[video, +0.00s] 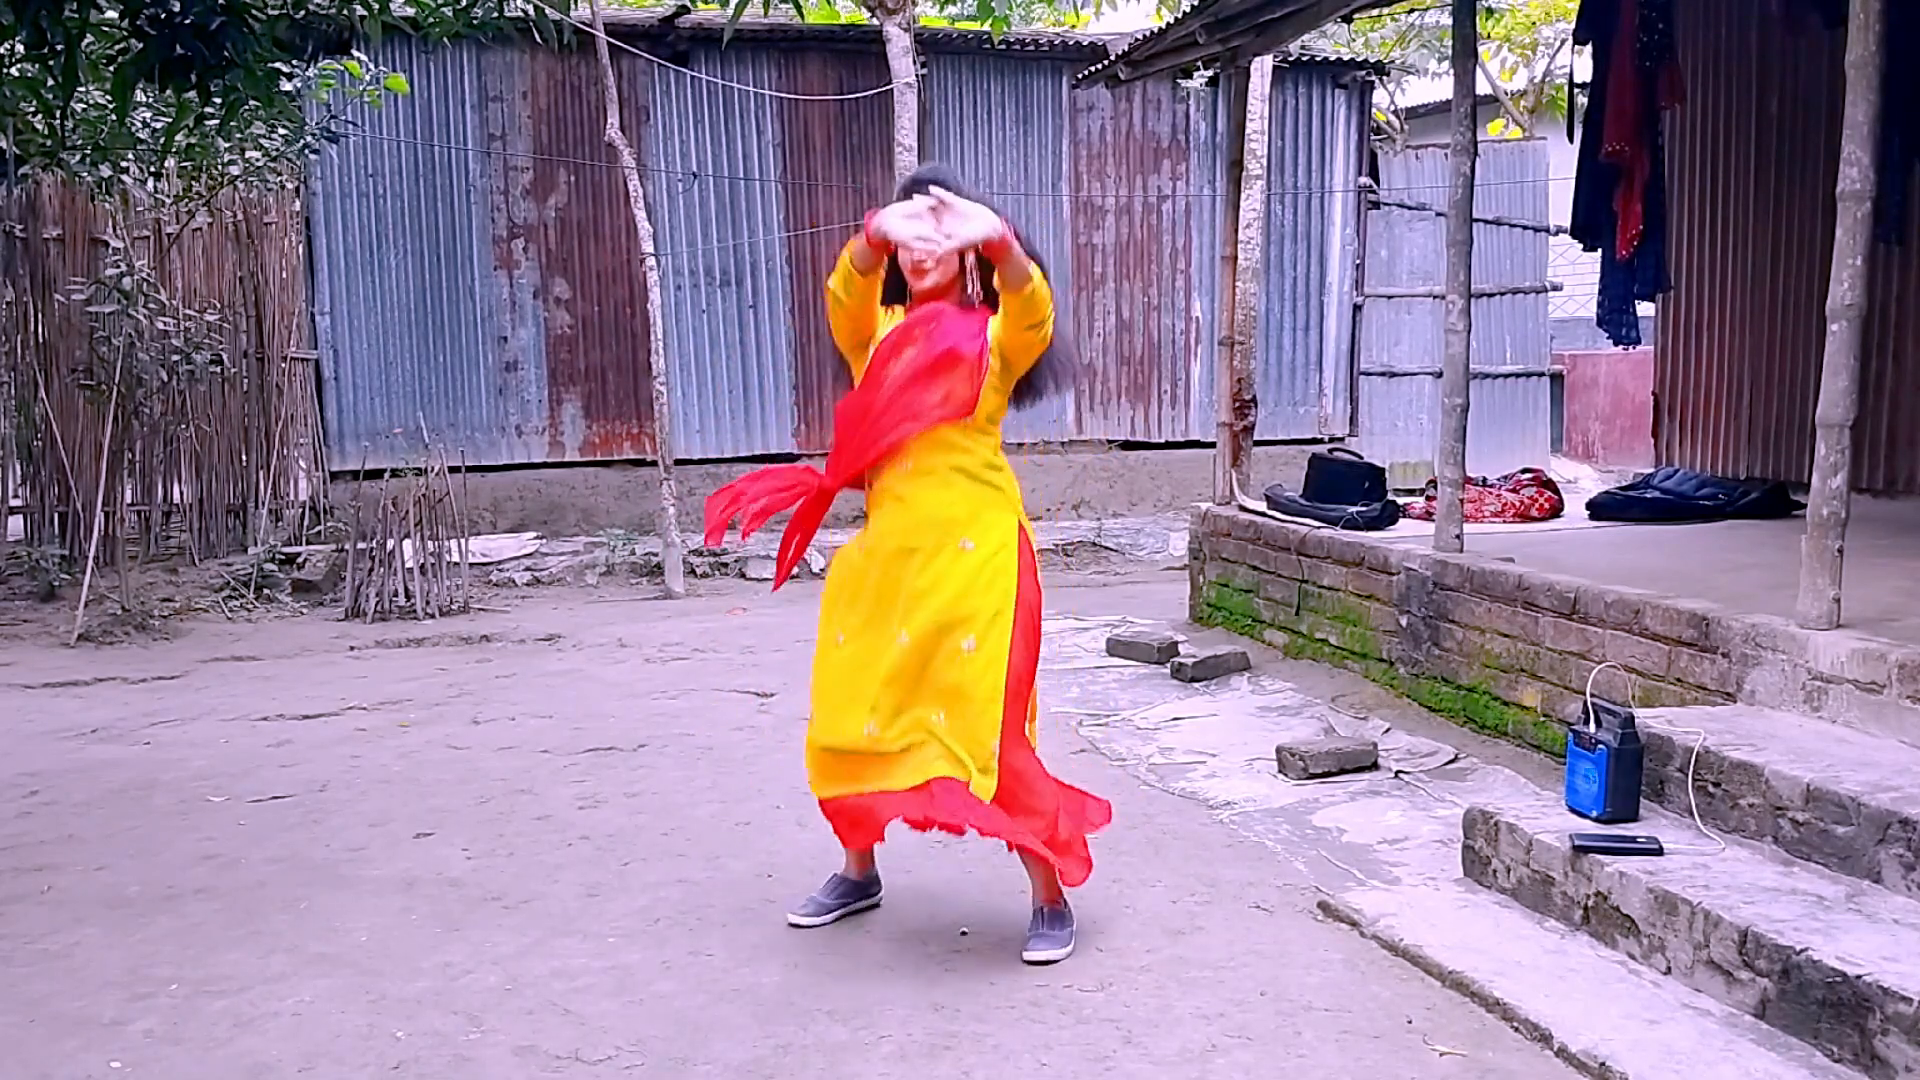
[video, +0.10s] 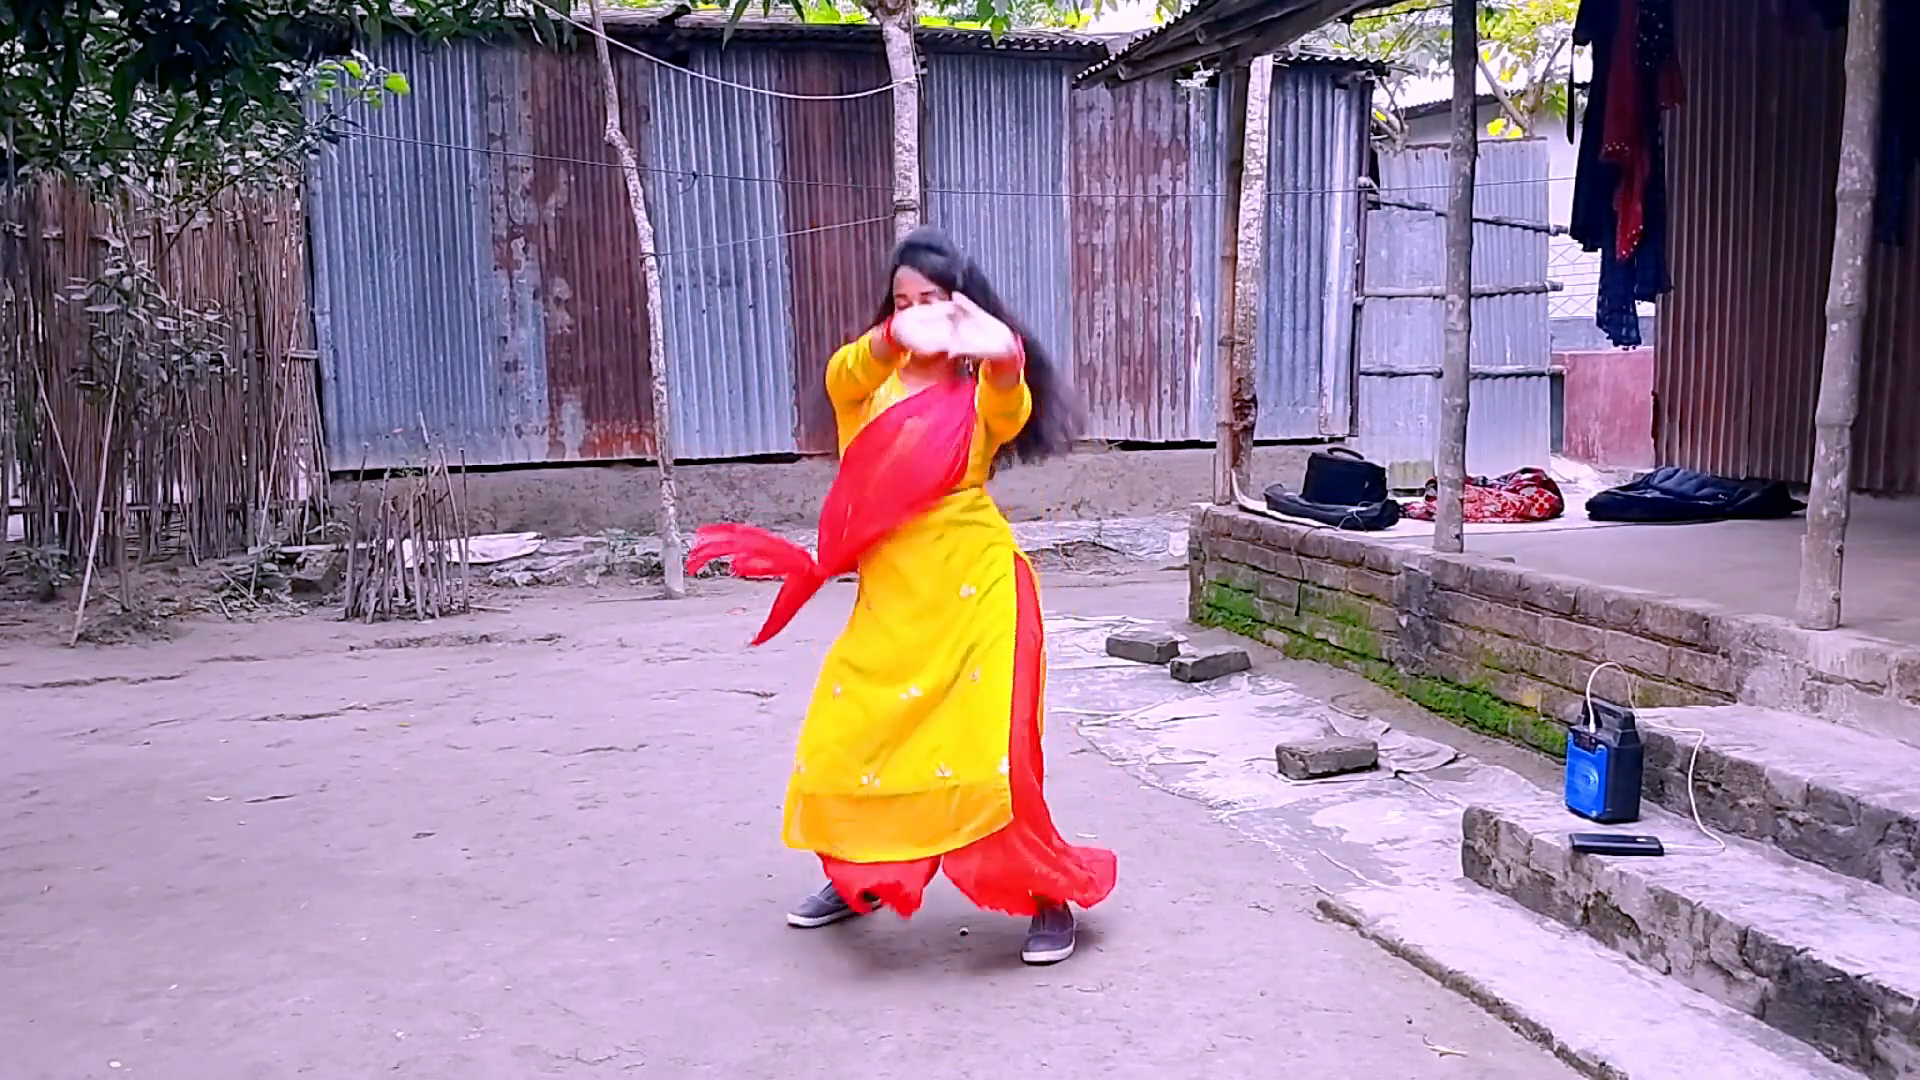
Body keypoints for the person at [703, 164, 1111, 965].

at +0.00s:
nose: (917, 251)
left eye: (933, 233)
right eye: (904, 238)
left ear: (966, 244)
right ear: (892, 253)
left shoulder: (988, 334)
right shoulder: (879, 332)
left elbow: (1028, 315)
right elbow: (847, 299)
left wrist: (1004, 249)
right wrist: (871, 240)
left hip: (977, 531)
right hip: (889, 534)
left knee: (985, 711)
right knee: (842, 698)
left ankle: (1049, 897)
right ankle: (857, 868)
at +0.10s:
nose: (914, 315)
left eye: (927, 300)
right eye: (902, 302)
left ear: (959, 300)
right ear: (891, 310)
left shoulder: (982, 391)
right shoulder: (869, 381)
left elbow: (1005, 382)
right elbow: (843, 374)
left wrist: (999, 349)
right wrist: (897, 333)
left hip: (977, 570)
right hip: (892, 576)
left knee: (994, 738)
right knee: (842, 726)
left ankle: (1050, 899)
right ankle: (851, 874)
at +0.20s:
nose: (912, 332)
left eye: (927, 317)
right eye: (899, 318)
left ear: (956, 325)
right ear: (886, 324)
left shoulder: (978, 406)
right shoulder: (852, 384)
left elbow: (1001, 429)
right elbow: (844, 392)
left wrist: (969, 414)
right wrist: (877, 406)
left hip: (973, 588)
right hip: (882, 596)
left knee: (1000, 745)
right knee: (847, 746)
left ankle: (1030, 913)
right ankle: (845, 903)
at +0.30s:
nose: (909, 302)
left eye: (923, 285)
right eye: (896, 290)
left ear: (954, 286)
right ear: (883, 297)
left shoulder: (994, 379)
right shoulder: (860, 364)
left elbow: (989, 446)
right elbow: (792, 414)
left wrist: (919, 476)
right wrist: (815, 460)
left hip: (951, 586)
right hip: (855, 585)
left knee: (1003, 735)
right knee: (844, 730)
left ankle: (1048, 902)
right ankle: (841, 885)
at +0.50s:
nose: (904, 306)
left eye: (918, 287)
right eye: (890, 292)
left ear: (953, 286)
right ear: (880, 300)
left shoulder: (989, 368)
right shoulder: (884, 384)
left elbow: (910, 431)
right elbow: (809, 428)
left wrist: (804, 469)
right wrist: (744, 458)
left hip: (945, 589)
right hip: (859, 580)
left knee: (950, 753)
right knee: (829, 724)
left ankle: (1041, 897)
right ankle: (857, 875)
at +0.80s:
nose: (924, 296)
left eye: (940, 279)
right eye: (911, 281)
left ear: (973, 281)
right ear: (900, 286)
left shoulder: (1004, 346)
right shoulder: (897, 375)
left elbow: (959, 418)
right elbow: (855, 444)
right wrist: (838, 484)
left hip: (996, 564)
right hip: (922, 567)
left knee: (985, 731)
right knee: (868, 713)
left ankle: (1047, 900)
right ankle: (862, 871)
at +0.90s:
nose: (932, 294)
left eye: (949, 277)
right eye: (921, 278)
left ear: (984, 282)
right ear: (911, 283)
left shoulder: (1012, 349)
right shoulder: (898, 364)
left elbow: (1077, 391)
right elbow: (851, 436)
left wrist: (992, 472)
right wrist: (912, 471)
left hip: (1001, 558)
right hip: (920, 563)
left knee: (1009, 726)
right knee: (876, 715)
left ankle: (1049, 898)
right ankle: (875, 873)